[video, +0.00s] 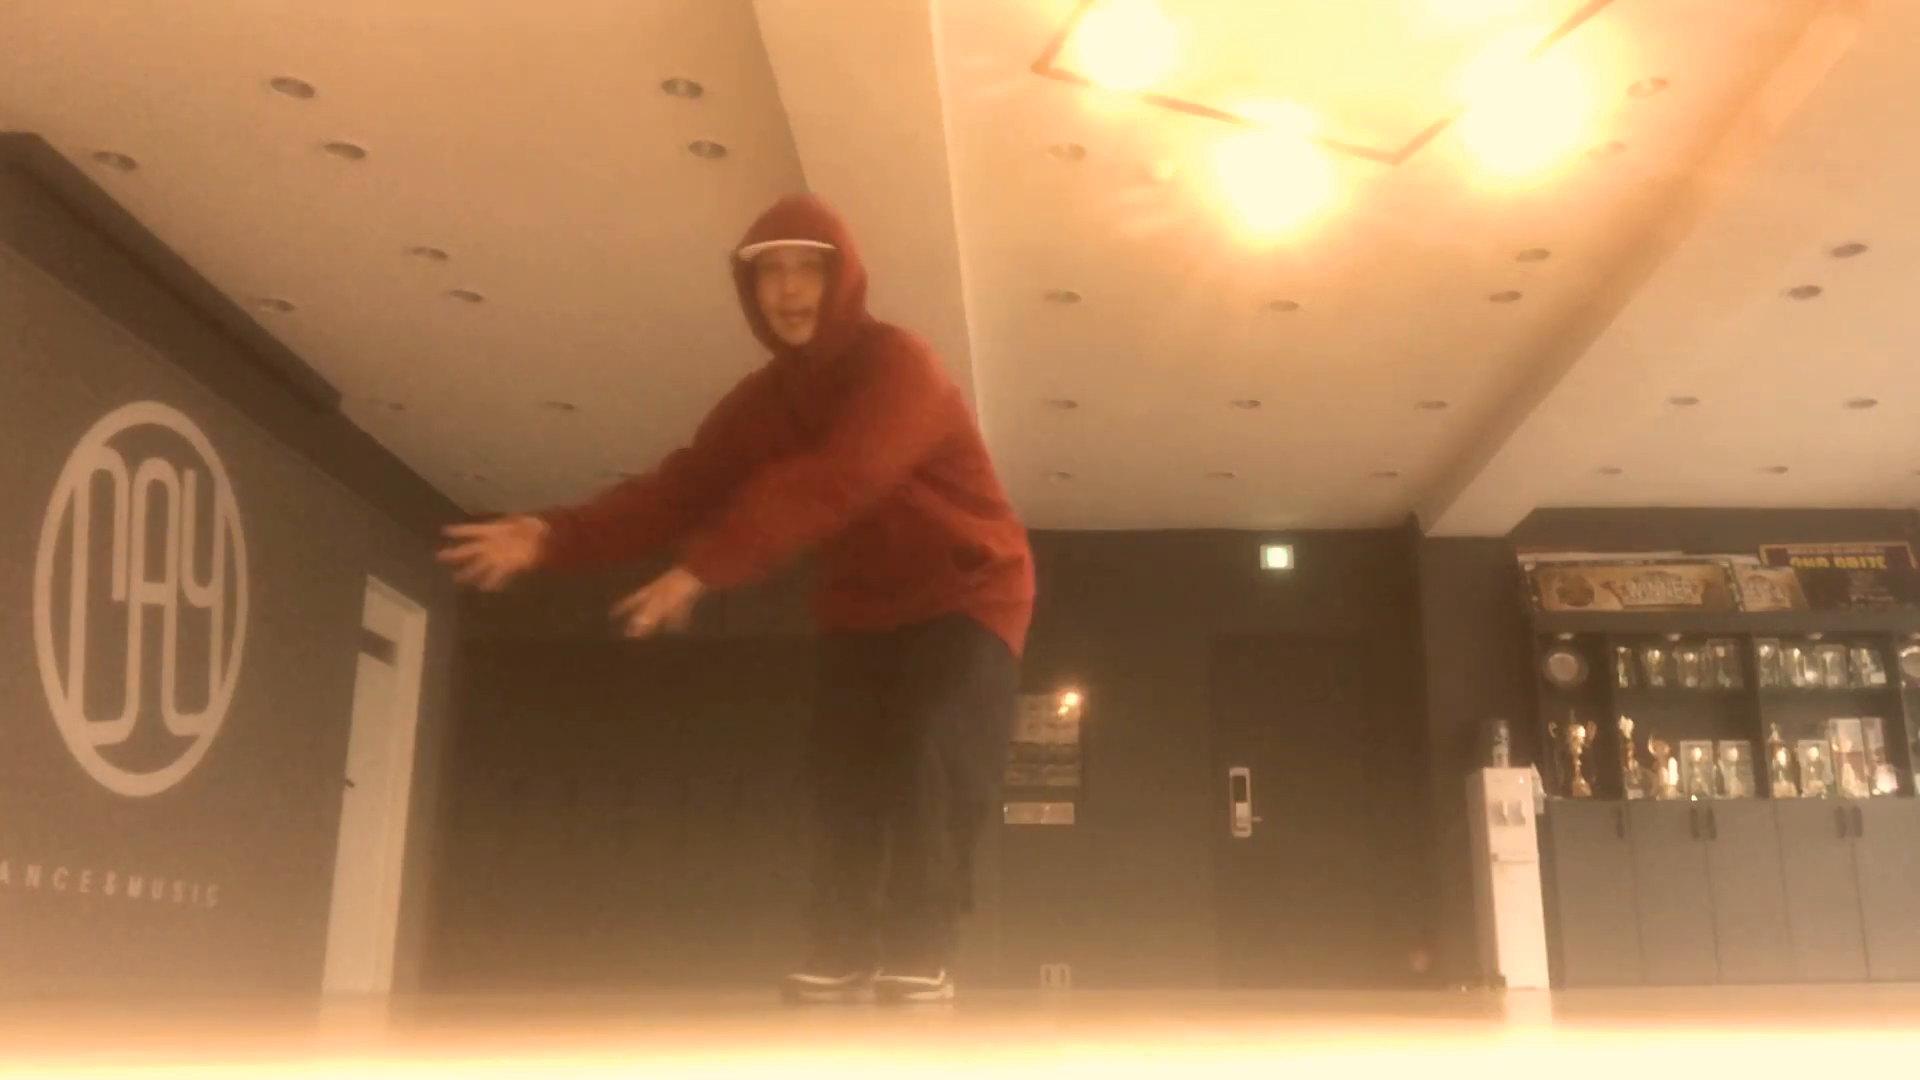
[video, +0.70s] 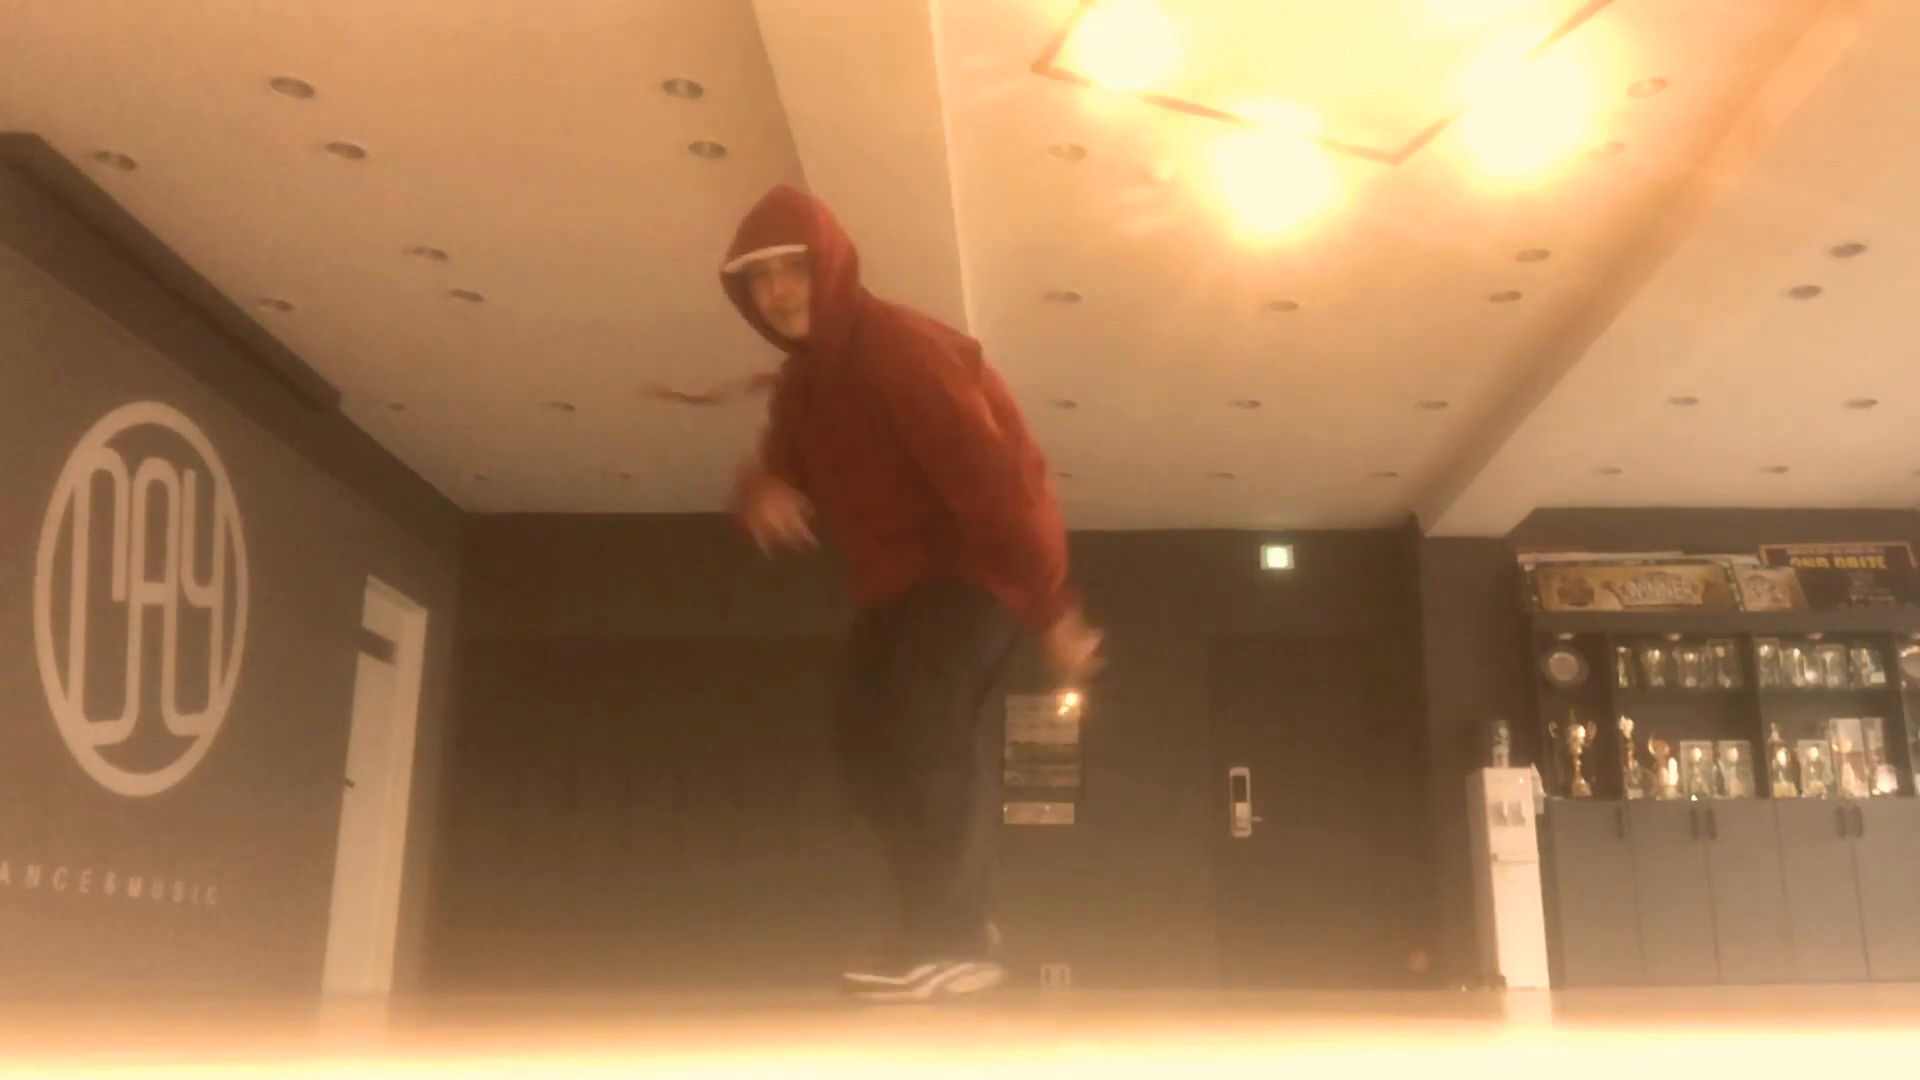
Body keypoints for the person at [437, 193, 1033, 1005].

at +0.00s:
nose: (785, 291)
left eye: (806, 271)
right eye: (767, 273)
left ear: (843, 279)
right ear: (749, 290)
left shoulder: (900, 367)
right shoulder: (766, 397)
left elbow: (836, 482)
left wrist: (701, 568)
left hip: (965, 594)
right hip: (861, 609)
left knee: (931, 759)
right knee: (845, 774)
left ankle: (922, 956)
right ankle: (840, 954)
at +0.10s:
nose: (757, 303)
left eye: (775, 281)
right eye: (736, 289)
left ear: (813, 286)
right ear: (720, 310)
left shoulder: (878, 362)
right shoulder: (760, 405)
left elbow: (820, 476)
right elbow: (699, 501)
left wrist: (686, 566)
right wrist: (603, 553)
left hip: (978, 578)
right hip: (877, 595)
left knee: (938, 761)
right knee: (849, 762)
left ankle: (922, 956)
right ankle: (845, 951)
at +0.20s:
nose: (739, 323)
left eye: (755, 300)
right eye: (720, 309)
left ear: (796, 301)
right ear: (708, 326)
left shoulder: (867, 376)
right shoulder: (762, 420)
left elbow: (852, 520)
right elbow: (751, 536)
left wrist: (735, 628)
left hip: (959, 575)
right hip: (865, 591)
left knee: (907, 741)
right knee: (829, 746)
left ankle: (985, 880)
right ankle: (851, 951)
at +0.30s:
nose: (737, 317)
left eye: (751, 293)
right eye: (718, 303)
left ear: (791, 294)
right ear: (706, 322)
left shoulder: (859, 374)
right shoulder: (770, 413)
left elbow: (892, 531)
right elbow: (795, 510)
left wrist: (858, 664)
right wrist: (803, 577)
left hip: (960, 559)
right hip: (872, 563)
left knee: (884, 718)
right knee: (829, 719)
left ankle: (1011, 703)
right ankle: (848, 948)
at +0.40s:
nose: (737, 292)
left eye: (752, 269)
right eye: (719, 281)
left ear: (792, 266)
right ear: (708, 298)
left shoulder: (859, 337)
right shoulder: (772, 382)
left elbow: (929, 470)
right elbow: (783, 521)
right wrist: (803, 490)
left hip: (969, 525)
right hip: (896, 540)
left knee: (886, 663)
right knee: (864, 723)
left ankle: (1023, 733)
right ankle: (853, 943)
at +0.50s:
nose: (756, 276)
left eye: (770, 253)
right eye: (737, 262)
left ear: (809, 252)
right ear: (726, 281)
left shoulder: (881, 333)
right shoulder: (777, 366)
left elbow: (971, 448)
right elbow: (752, 474)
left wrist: (1053, 562)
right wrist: (768, 431)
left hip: (966, 551)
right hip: (899, 561)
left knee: (919, 693)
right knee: (881, 707)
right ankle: (925, 913)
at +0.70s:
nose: (774, 295)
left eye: (791, 272)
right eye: (756, 281)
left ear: (831, 268)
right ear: (745, 293)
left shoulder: (904, 347)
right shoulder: (806, 376)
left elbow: (990, 476)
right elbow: (777, 465)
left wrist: (1053, 608)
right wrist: (767, 490)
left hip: (980, 567)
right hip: (901, 574)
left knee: (922, 722)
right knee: (869, 727)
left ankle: (956, 941)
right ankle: (943, 929)